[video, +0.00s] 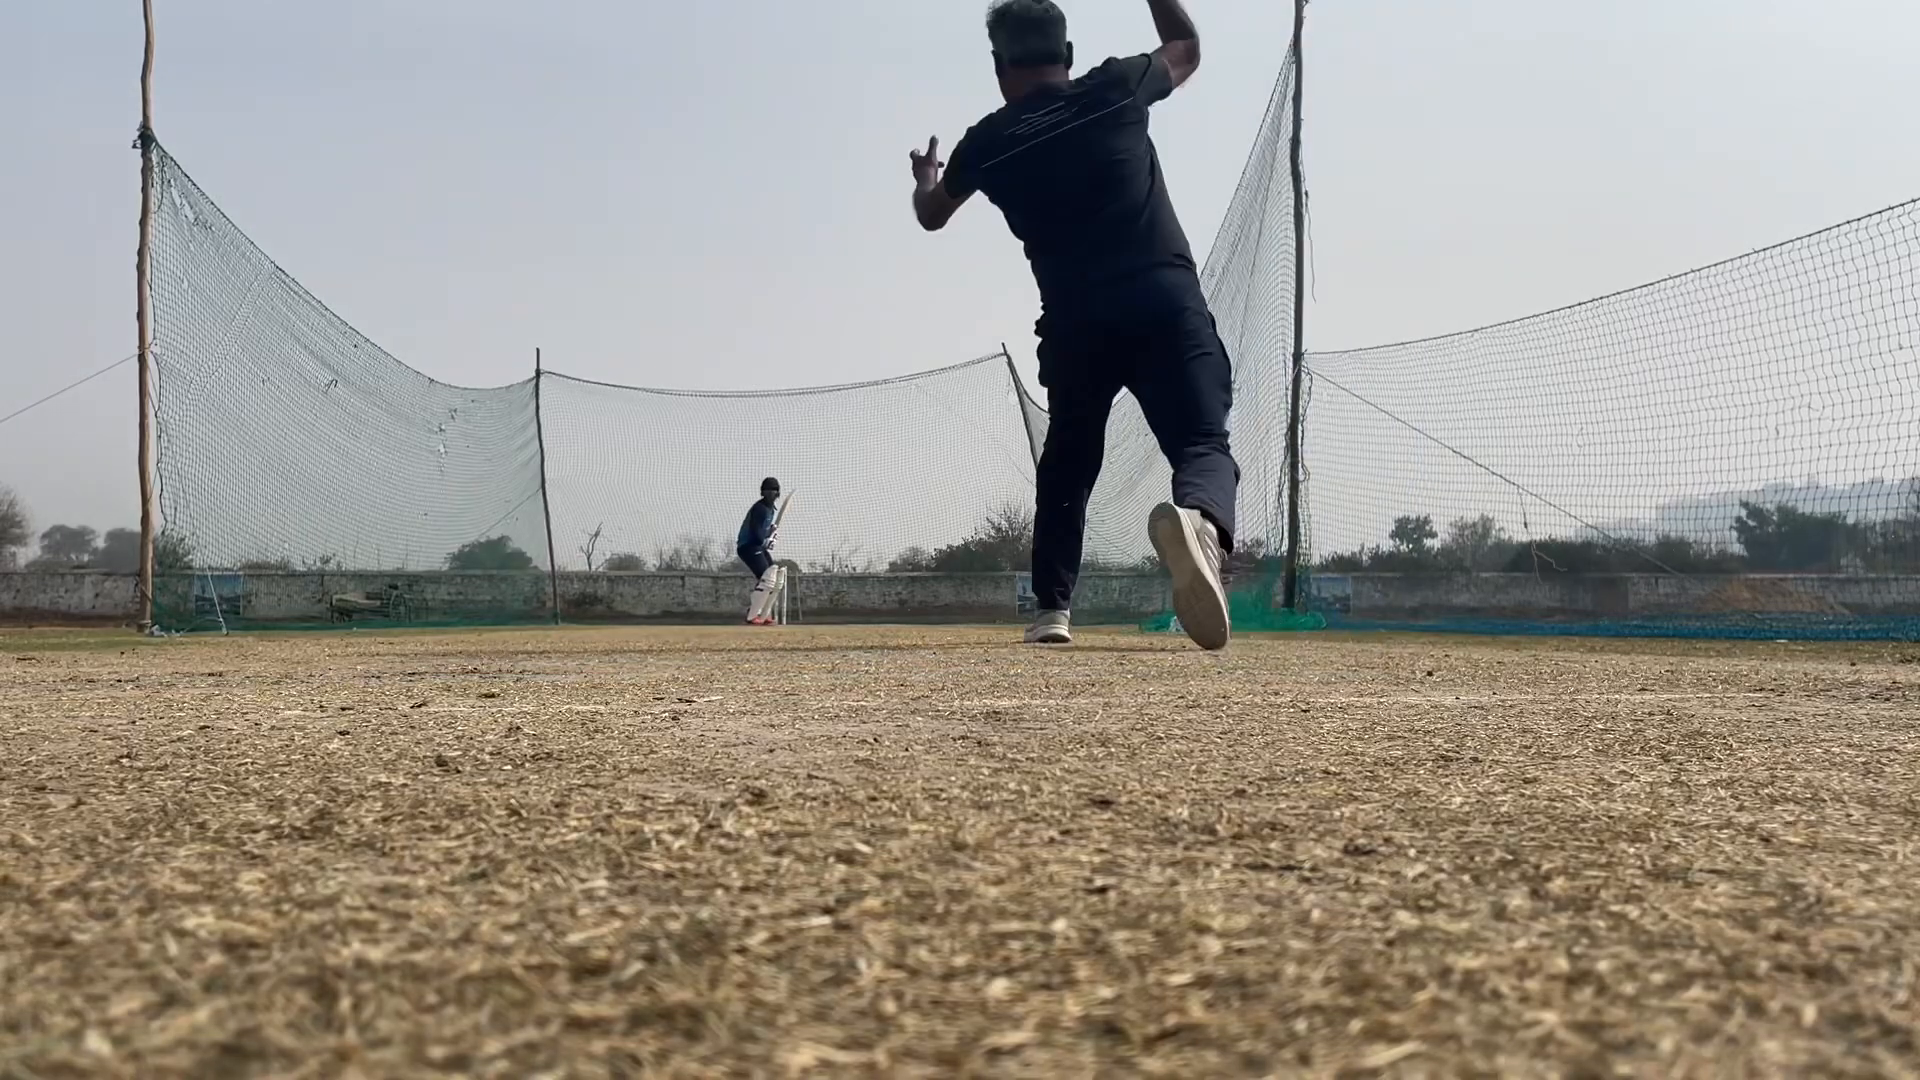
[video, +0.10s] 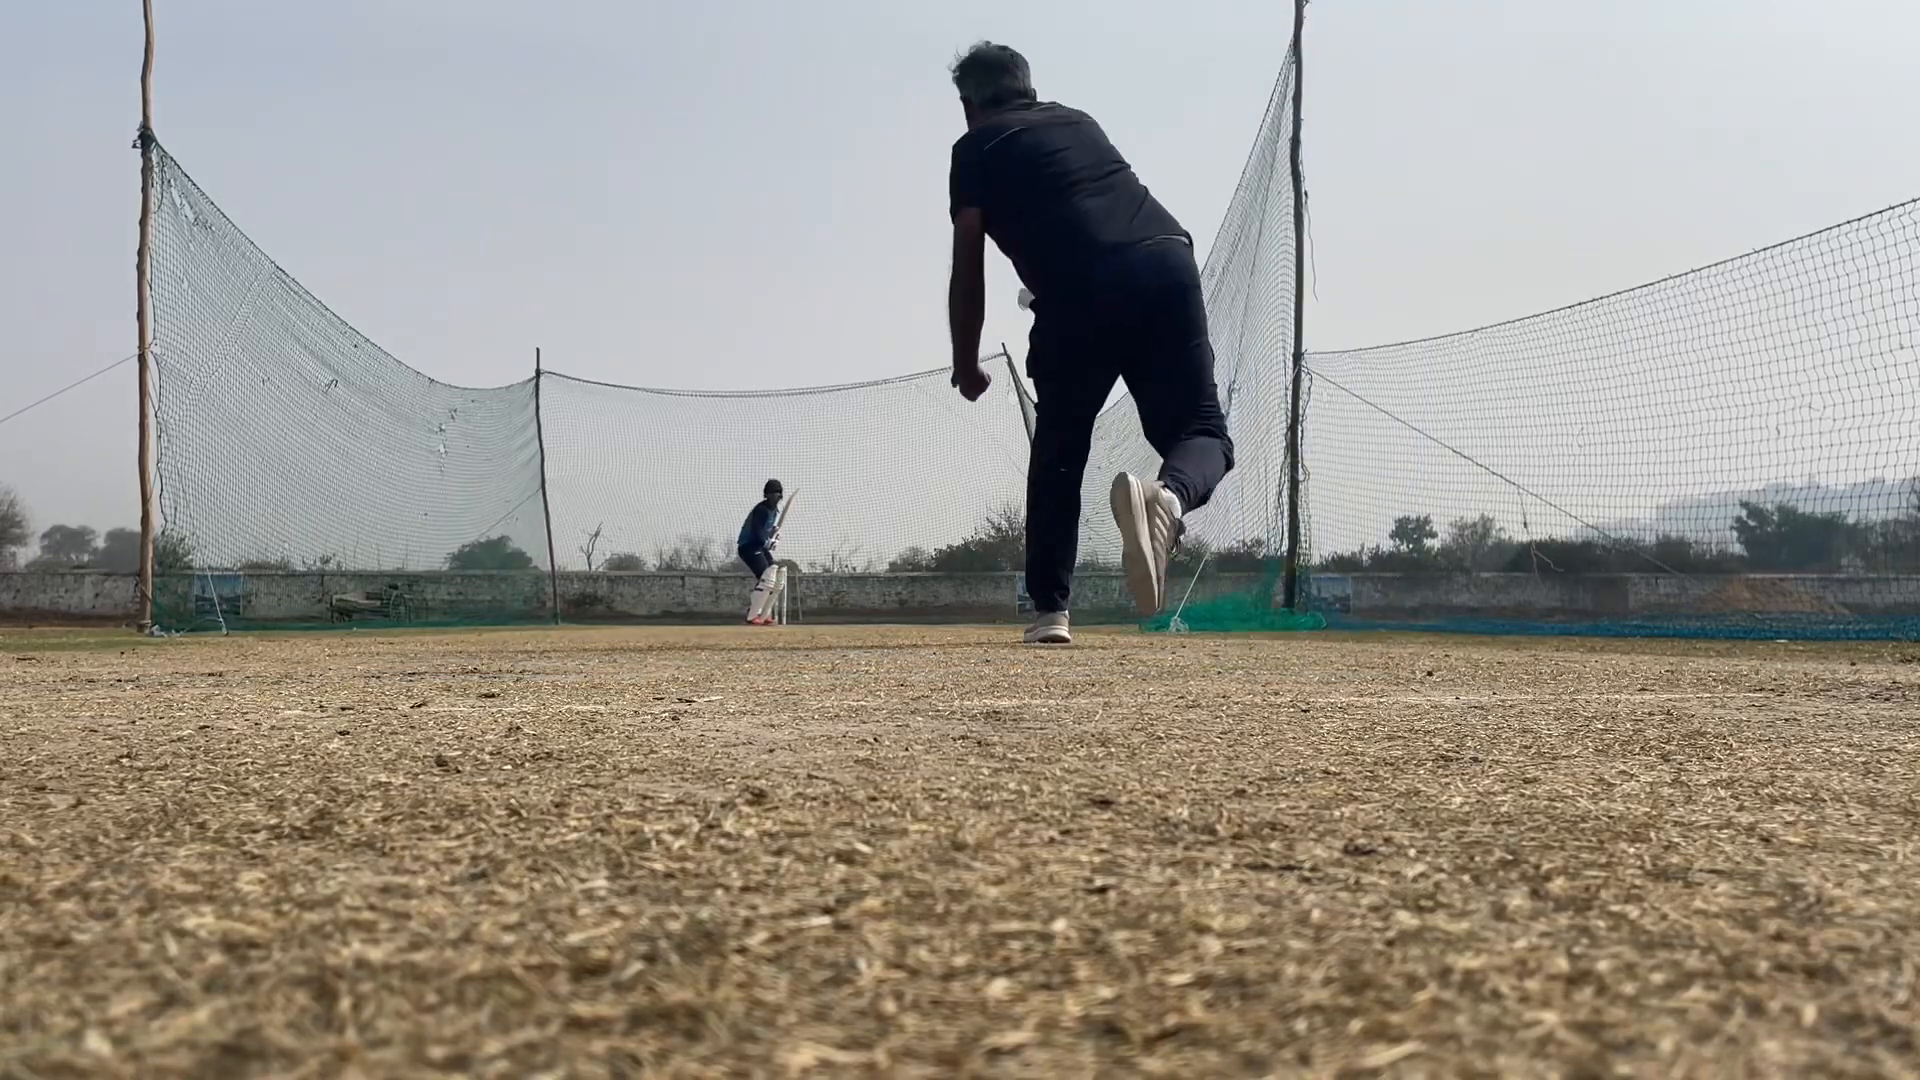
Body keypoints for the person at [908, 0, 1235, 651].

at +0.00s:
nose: (998, 75)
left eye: (997, 65)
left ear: (1002, 67)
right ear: (1064, 55)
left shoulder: (985, 143)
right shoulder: (1117, 83)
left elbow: (932, 214)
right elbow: (1184, 47)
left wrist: (925, 181)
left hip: (1075, 323)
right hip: (1164, 298)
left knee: (1067, 465)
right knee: (1201, 437)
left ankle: (1052, 612)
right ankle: (1200, 523)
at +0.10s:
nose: (965, 116)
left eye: (964, 106)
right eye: (965, 107)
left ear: (971, 104)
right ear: (1028, 91)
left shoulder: (974, 148)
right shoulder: (1076, 120)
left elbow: (967, 273)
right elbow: (1097, 211)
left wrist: (966, 362)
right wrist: (1049, 284)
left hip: (1077, 294)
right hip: (1165, 266)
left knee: (1058, 455)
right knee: (1201, 429)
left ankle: (1050, 613)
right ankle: (1169, 502)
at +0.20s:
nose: (942, 137)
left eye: (941, 128)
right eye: (943, 130)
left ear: (948, 121)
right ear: (999, 109)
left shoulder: (969, 132)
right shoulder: (1045, 149)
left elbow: (985, 164)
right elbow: (1058, 285)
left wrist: (972, 206)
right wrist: (1003, 373)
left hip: (1073, 288)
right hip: (1152, 249)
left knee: (1056, 456)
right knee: (1223, 368)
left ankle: (1053, 610)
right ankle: (1245, 404)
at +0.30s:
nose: (924, 181)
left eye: (922, 162)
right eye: (919, 168)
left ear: (942, 145)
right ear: (948, 157)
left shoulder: (966, 133)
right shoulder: (1007, 205)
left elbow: (955, 33)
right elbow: (1046, 288)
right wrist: (983, 317)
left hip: (1078, 289)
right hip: (1151, 251)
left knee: (1057, 454)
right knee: (1263, 355)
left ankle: (1055, 610)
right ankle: (1361, 270)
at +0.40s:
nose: (920, 178)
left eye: (918, 159)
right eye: (915, 165)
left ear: (936, 141)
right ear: (939, 157)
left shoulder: (959, 125)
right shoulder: (987, 219)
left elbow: (908, 40)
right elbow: (994, 304)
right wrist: (938, 340)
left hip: (1095, 281)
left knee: (1054, 445)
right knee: (1276, 340)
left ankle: (1053, 610)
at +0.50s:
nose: (905, 126)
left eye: (910, 114)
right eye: (911, 122)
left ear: (930, 105)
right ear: (974, 131)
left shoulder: (947, 111)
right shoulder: (1009, 185)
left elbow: (847, 76)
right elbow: (1003, 296)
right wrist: (937, 369)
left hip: (1077, 284)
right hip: (1145, 257)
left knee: (1051, 455)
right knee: (1260, 359)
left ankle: (1054, 609)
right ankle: (1393, 245)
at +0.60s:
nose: (917, 114)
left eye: (919, 104)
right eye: (925, 105)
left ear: (929, 98)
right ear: (978, 94)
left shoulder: (936, 120)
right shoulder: (1018, 134)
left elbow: (835, 179)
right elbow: (1038, 273)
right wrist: (989, 362)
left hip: (1072, 287)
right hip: (1137, 257)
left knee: (1045, 459)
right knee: (1218, 381)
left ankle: (1054, 612)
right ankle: (1360, 311)